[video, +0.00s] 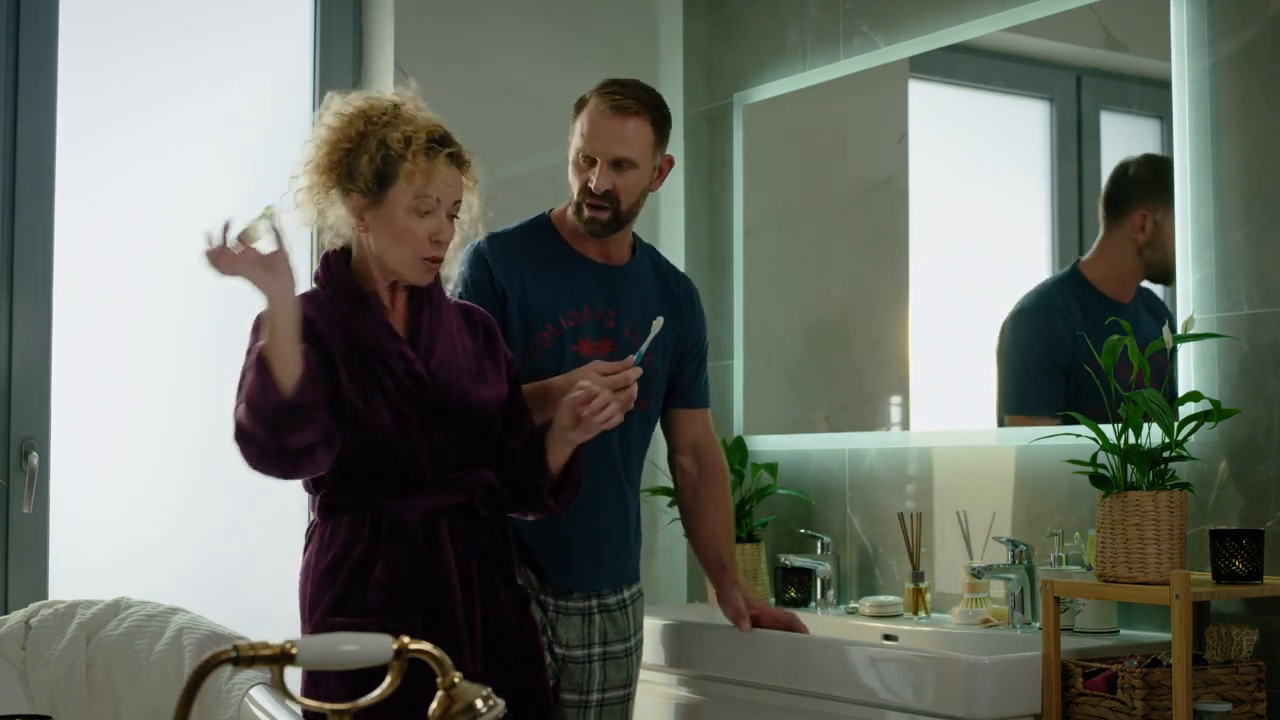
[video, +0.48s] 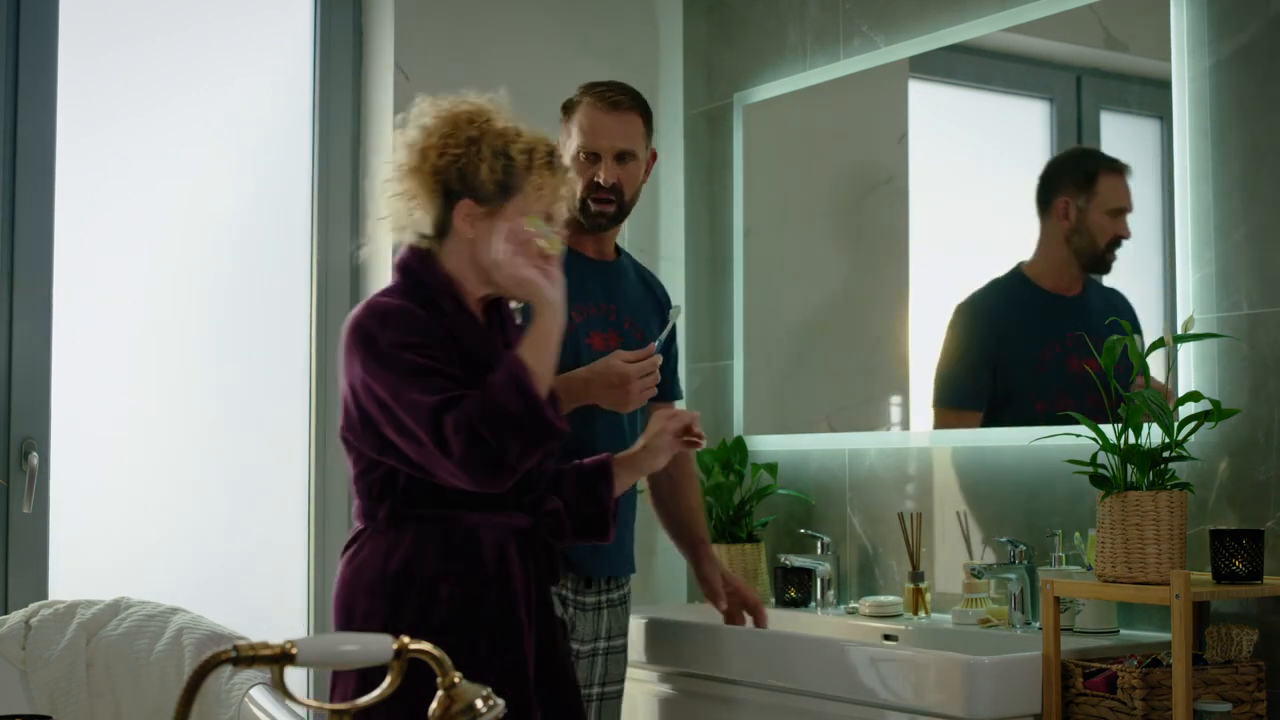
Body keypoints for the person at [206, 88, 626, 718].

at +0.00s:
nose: (443, 234)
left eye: (451, 215)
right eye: (423, 211)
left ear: (461, 217)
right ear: (360, 210)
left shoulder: (475, 331)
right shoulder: (305, 325)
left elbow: (509, 488)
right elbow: (282, 453)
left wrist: (562, 434)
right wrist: (281, 300)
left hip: (485, 600)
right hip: (368, 602)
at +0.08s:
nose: (459, 240)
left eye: (464, 220)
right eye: (439, 217)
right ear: (373, 217)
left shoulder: (474, 336)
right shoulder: (301, 328)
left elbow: (508, 491)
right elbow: (309, 446)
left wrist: (578, 435)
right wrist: (325, 293)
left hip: (487, 604)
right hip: (372, 609)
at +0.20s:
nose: (476, 247)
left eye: (482, 227)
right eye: (457, 222)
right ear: (389, 217)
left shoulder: (477, 346)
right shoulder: (316, 332)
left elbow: (507, 491)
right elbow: (365, 454)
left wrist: (599, 445)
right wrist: (392, 304)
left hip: (490, 611)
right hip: (377, 617)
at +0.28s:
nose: (498, 251)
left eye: (501, 229)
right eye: (479, 226)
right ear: (407, 223)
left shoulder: (482, 349)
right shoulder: (330, 335)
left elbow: (510, 495)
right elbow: (403, 460)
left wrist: (611, 450)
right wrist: (442, 314)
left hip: (495, 611)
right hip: (385, 618)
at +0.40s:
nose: (527, 248)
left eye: (529, 229)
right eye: (514, 224)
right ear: (444, 222)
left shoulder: (477, 330)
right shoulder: (358, 331)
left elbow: (523, 496)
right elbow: (450, 456)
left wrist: (628, 454)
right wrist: (510, 316)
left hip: (498, 610)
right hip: (399, 618)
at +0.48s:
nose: (552, 242)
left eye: (553, 225)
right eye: (536, 223)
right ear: (467, 214)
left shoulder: (504, 326)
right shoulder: (382, 327)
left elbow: (531, 494)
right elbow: (479, 455)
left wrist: (636, 462)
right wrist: (550, 317)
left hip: (509, 601)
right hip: (415, 611)